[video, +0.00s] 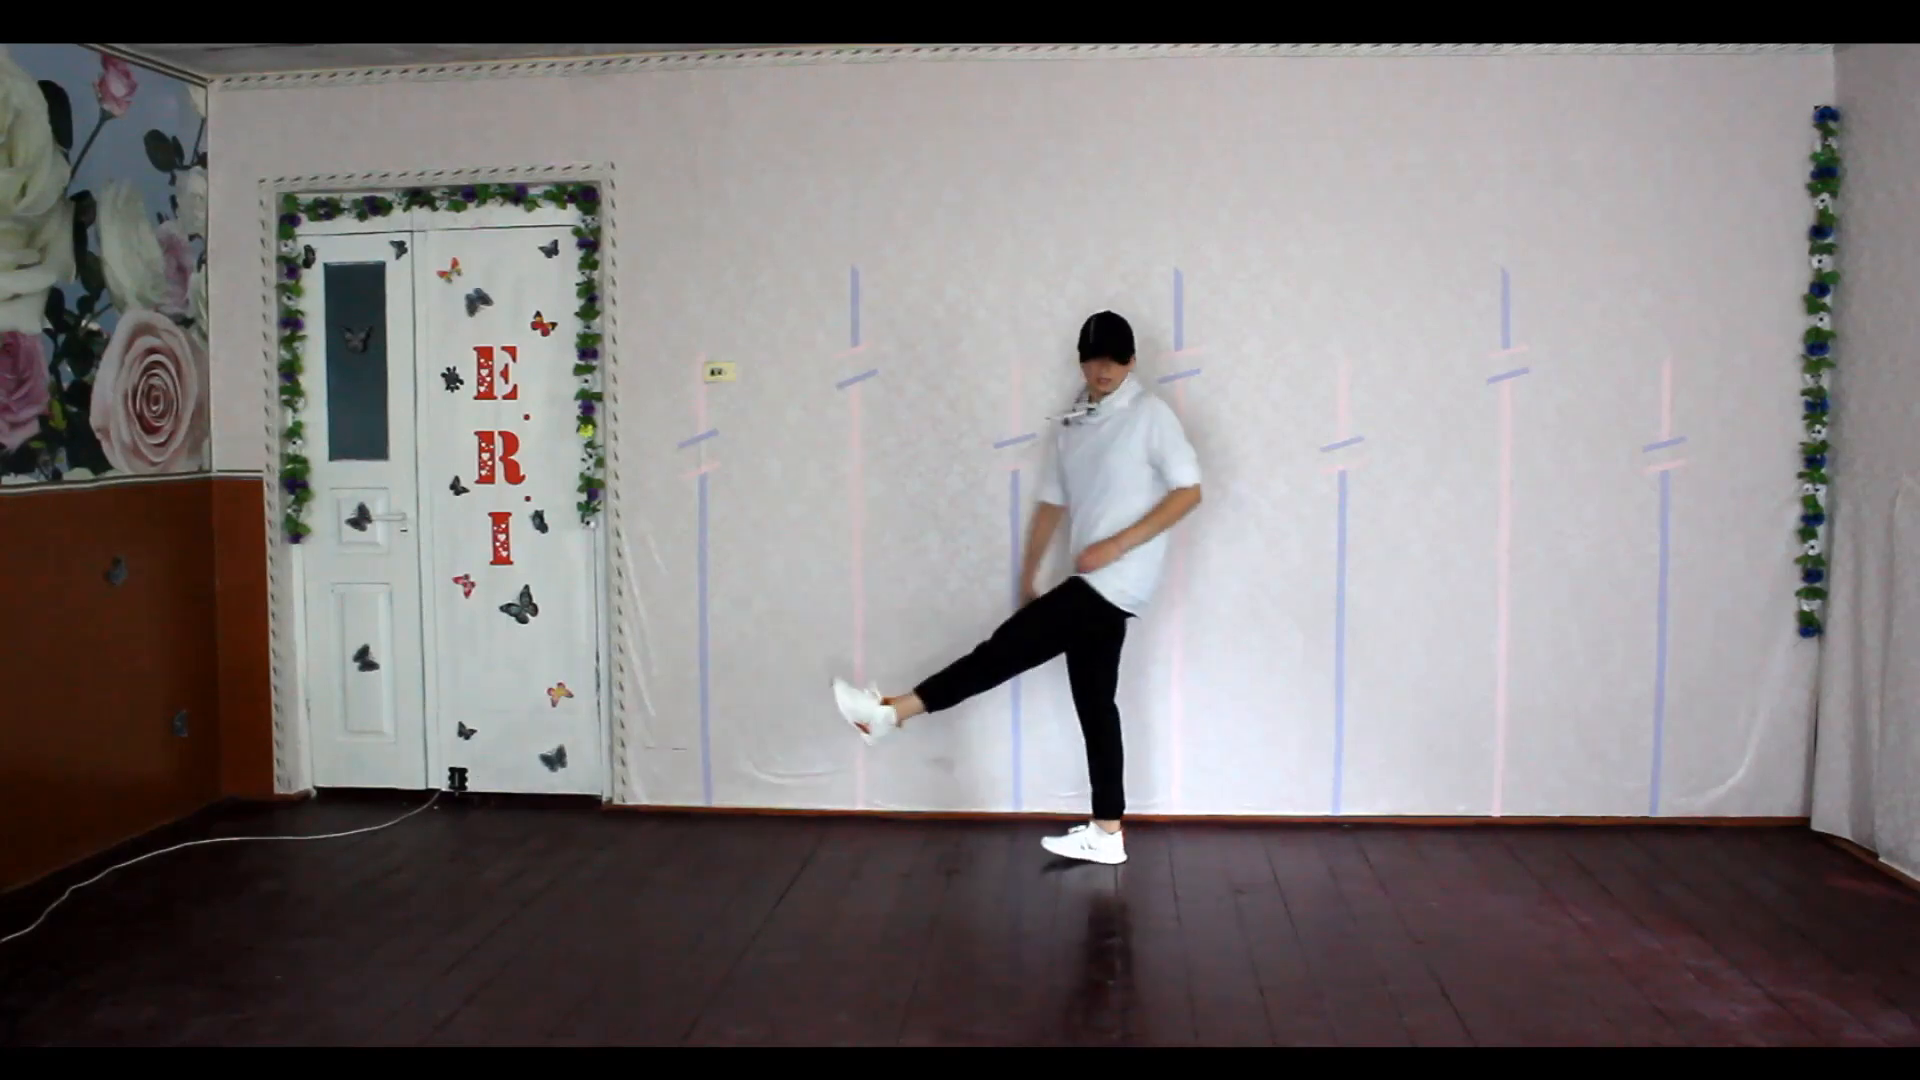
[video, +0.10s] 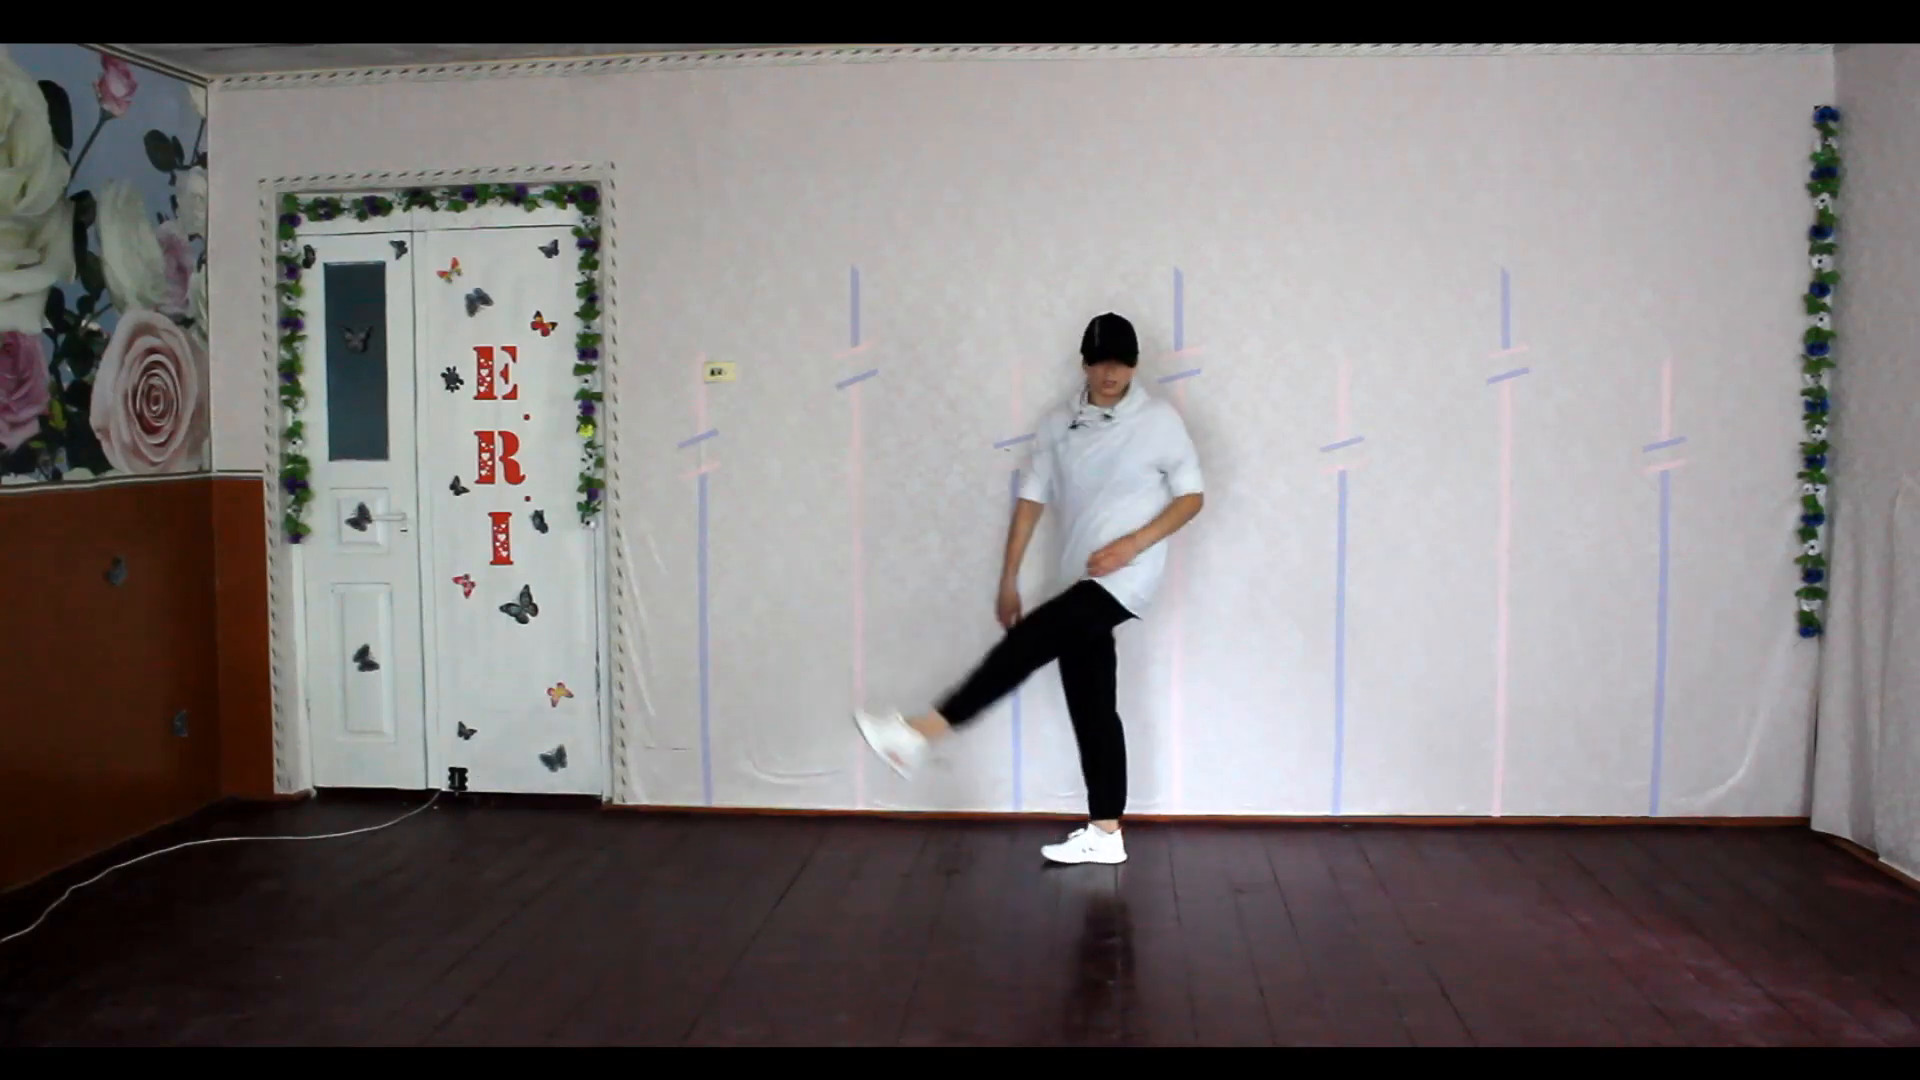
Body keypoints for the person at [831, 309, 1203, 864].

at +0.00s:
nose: (1101, 374)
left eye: (1112, 365)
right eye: (1093, 364)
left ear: (1130, 362)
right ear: (1081, 362)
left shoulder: (1151, 414)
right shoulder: (1069, 426)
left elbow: (1189, 492)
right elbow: (1051, 504)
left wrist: (1119, 544)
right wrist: (1029, 573)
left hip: (1116, 582)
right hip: (1082, 579)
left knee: (1006, 649)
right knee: (1095, 706)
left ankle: (892, 712)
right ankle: (1108, 830)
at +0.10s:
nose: (1110, 377)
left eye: (1120, 368)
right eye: (1101, 367)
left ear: (1134, 367)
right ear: (1085, 365)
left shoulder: (1158, 420)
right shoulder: (1059, 424)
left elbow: (1192, 497)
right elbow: (1032, 501)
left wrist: (1134, 544)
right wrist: (1009, 580)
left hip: (1125, 580)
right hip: (1077, 579)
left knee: (1030, 637)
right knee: (1093, 708)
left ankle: (922, 734)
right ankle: (1106, 831)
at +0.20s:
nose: (1124, 379)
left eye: (1133, 369)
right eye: (1114, 369)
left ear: (1145, 370)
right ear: (1094, 367)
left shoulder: (1160, 428)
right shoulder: (1058, 422)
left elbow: (1173, 504)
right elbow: (1027, 503)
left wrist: (1146, 551)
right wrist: (1009, 587)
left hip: (1119, 582)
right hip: (1060, 586)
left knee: (1052, 674)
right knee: (1076, 703)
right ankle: (1103, 830)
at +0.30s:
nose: (1134, 387)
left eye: (1142, 377)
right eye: (1124, 376)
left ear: (1151, 377)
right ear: (1101, 373)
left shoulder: (1156, 440)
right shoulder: (1061, 423)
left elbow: (1158, 516)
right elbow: (1034, 510)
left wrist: (1148, 559)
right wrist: (1022, 594)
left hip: (1115, 593)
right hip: (1057, 592)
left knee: (1071, 700)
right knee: (1068, 706)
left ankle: (1062, 839)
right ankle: (1101, 825)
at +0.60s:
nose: (1122, 384)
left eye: (1129, 372)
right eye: (1111, 373)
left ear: (1137, 368)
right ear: (1083, 366)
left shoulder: (1154, 433)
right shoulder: (1042, 420)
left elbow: (1173, 518)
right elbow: (986, 479)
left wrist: (1130, 581)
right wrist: (1015, 496)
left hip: (1117, 606)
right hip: (1055, 598)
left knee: (1101, 731)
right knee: (1056, 717)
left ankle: (1081, 850)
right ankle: (1040, 811)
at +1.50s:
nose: (1105, 394)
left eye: (1116, 384)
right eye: (1094, 383)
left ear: (1132, 379)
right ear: (1073, 375)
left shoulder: (1153, 430)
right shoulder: (1034, 426)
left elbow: (1233, 459)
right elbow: (954, 456)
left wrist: (1160, 494)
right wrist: (1038, 478)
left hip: (1125, 637)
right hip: (1048, 636)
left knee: (1107, 771)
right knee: (1056, 770)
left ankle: (1096, 906)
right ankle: (1079, 868)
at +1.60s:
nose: (1100, 357)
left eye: (1110, 345)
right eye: (1088, 345)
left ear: (1127, 350)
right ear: (1068, 350)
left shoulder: (1167, 419)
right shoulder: (1031, 420)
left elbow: (1254, 430)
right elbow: (942, 439)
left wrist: (1346, 440)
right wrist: (844, 435)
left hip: (1129, 623)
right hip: (1051, 619)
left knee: (1105, 769)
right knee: (1042, 754)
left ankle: (1095, 908)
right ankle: (1053, 837)